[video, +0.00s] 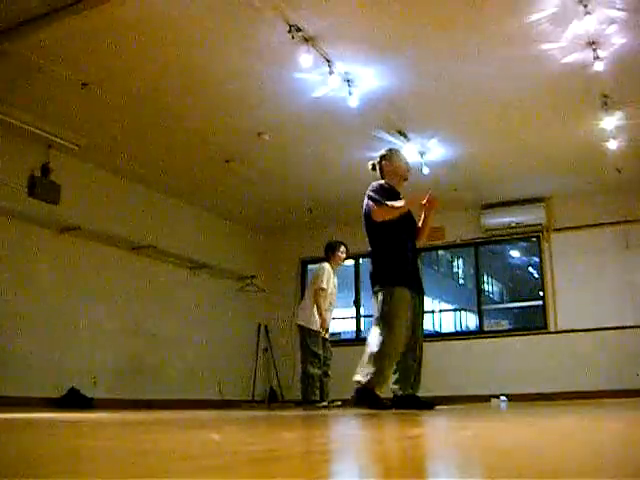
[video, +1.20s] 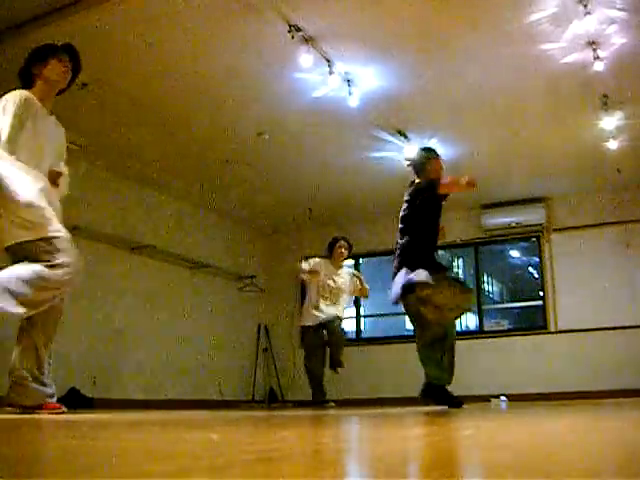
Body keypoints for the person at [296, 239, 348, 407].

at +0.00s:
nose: (343, 256)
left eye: (344, 253)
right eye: (340, 252)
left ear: (342, 256)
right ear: (331, 253)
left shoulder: (331, 273)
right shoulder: (324, 268)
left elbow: (326, 298)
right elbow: (319, 294)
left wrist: (326, 322)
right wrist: (323, 320)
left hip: (320, 322)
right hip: (311, 320)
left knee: (325, 358)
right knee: (314, 360)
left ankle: (323, 396)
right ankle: (312, 398)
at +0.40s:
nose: (341, 255)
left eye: (343, 252)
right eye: (338, 251)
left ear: (345, 256)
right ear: (330, 253)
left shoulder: (337, 277)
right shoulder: (320, 270)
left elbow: (339, 299)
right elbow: (318, 295)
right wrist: (329, 322)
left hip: (326, 320)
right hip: (311, 318)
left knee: (325, 360)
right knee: (312, 359)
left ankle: (322, 396)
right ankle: (310, 396)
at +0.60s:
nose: (343, 253)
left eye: (344, 250)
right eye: (340, 250)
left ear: (343, 254)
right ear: (331, 252)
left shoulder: (339, 276)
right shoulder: (321, 270)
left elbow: (340, 300)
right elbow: (313, 295)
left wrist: (349, 312)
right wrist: (318, 321)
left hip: (326, 321)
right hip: (311, 320)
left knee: (326, 360)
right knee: (312, 359)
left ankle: (324, 395)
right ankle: (308, 396)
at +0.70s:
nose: (344, 253)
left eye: (345, 250)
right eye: (341, 250)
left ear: (345, 254)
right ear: (332, 252)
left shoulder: (340, 275)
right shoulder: (322, 269)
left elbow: (335, 297)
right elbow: (307, 285)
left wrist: (344, 307)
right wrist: (304, 307)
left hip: (328, 320)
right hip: (314, 318)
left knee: (328, 359)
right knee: (316, 356)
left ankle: (324, 395)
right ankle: (309, 395)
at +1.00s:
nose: (344, 253)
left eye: (346, 251)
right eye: (340, 250)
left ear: (347, 255)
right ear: (332, 253)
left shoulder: (342, 280)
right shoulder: (322, 269)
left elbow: (338, 304)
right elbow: (306, 291)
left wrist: (351, 292)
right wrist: (298, 313)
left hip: (329, 324)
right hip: (315, 320)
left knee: (338, 356)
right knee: (329, 356)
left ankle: (323, 395)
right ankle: (321, 397)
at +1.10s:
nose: (341, 255)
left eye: (343, 252)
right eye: (337, 251)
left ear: (346, 257)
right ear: (329, 254)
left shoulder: (346, 278)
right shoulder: (318, 271)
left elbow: (357, 298)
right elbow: (303, 288)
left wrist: (356, 279)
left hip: (336, 324)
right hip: (315, 322)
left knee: (350, 355)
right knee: (324, 356)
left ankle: (335, 379)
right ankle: (322, 397)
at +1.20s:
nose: (342, 251)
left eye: (345, 249)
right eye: (339, 247)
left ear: (348, 253)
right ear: (332, 250)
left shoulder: (349, 274)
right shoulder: (318, 263)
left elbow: (364, 294)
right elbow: (299, 268)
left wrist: (361, 283)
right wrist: (307, 272)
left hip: (333, 314)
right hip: (312, 314)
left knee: (336, 333)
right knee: (314, 359)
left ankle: (336, 362)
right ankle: (319, 397)